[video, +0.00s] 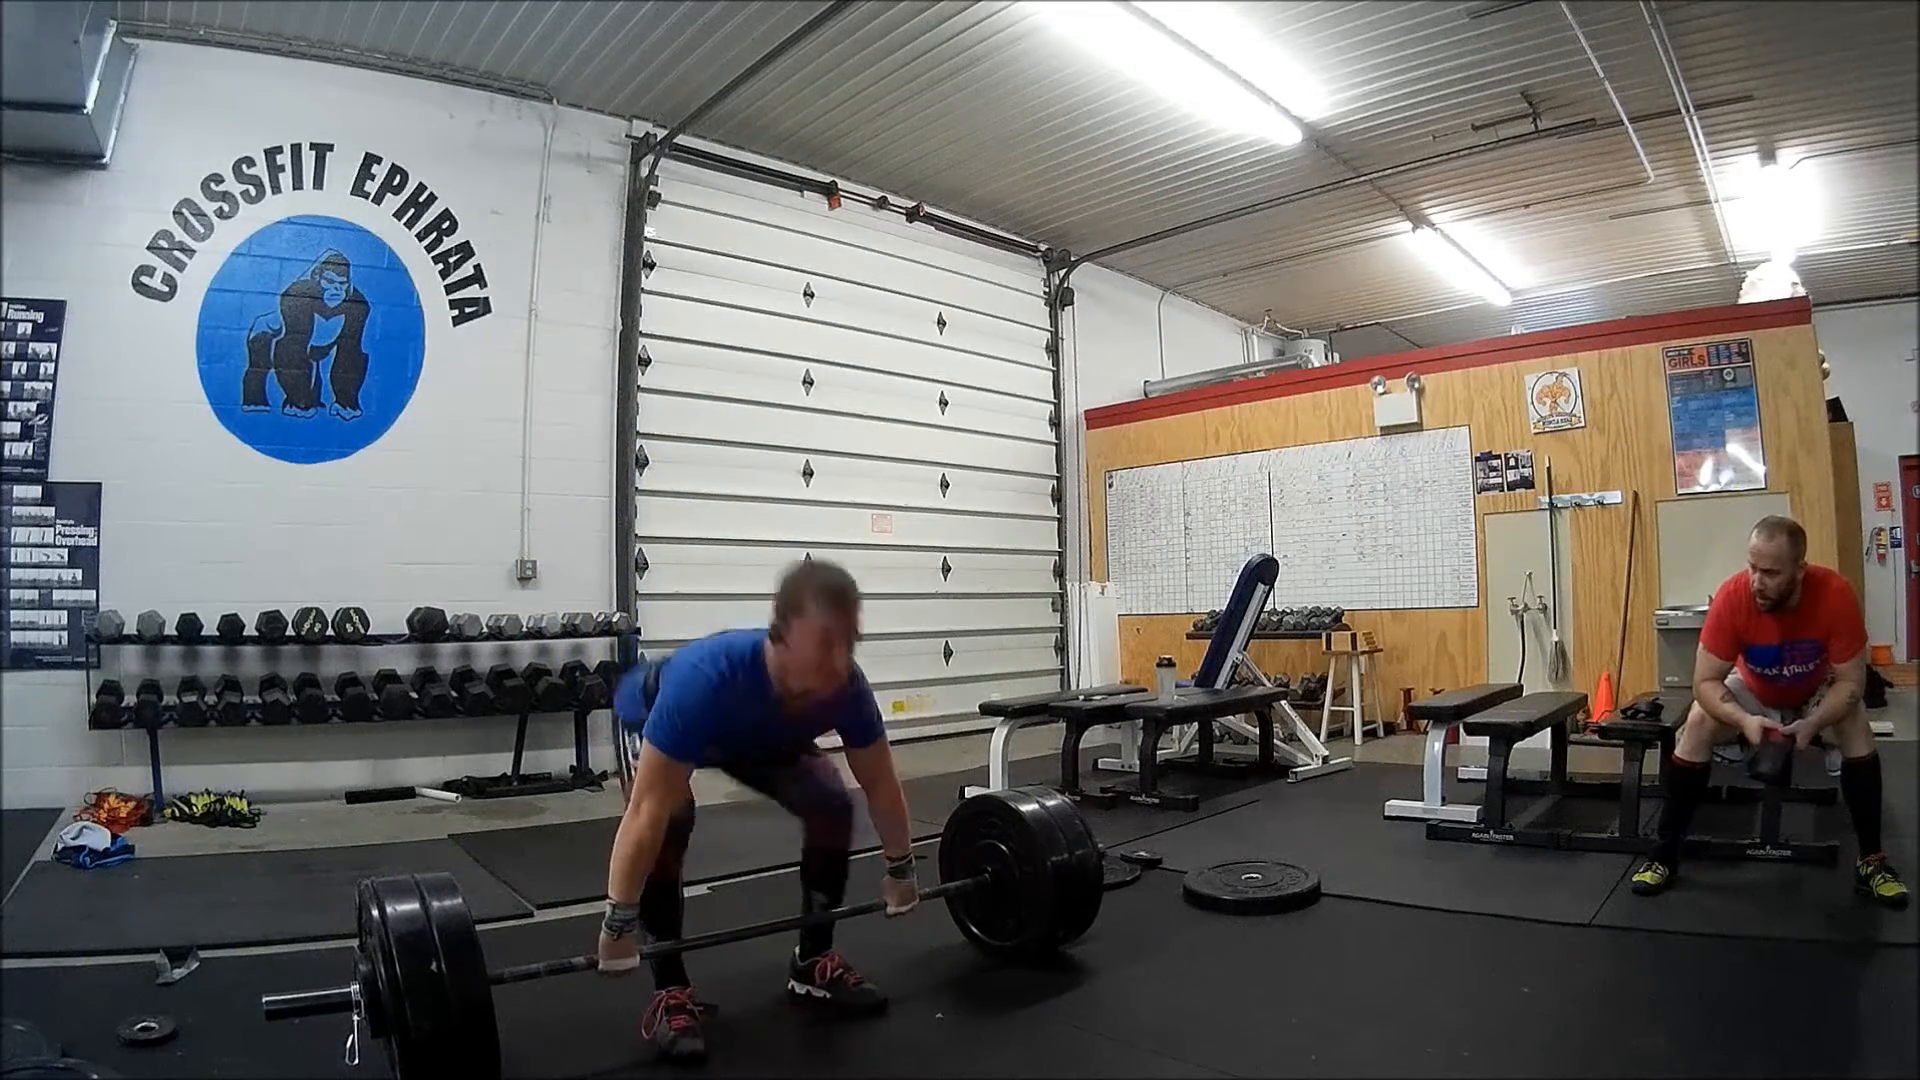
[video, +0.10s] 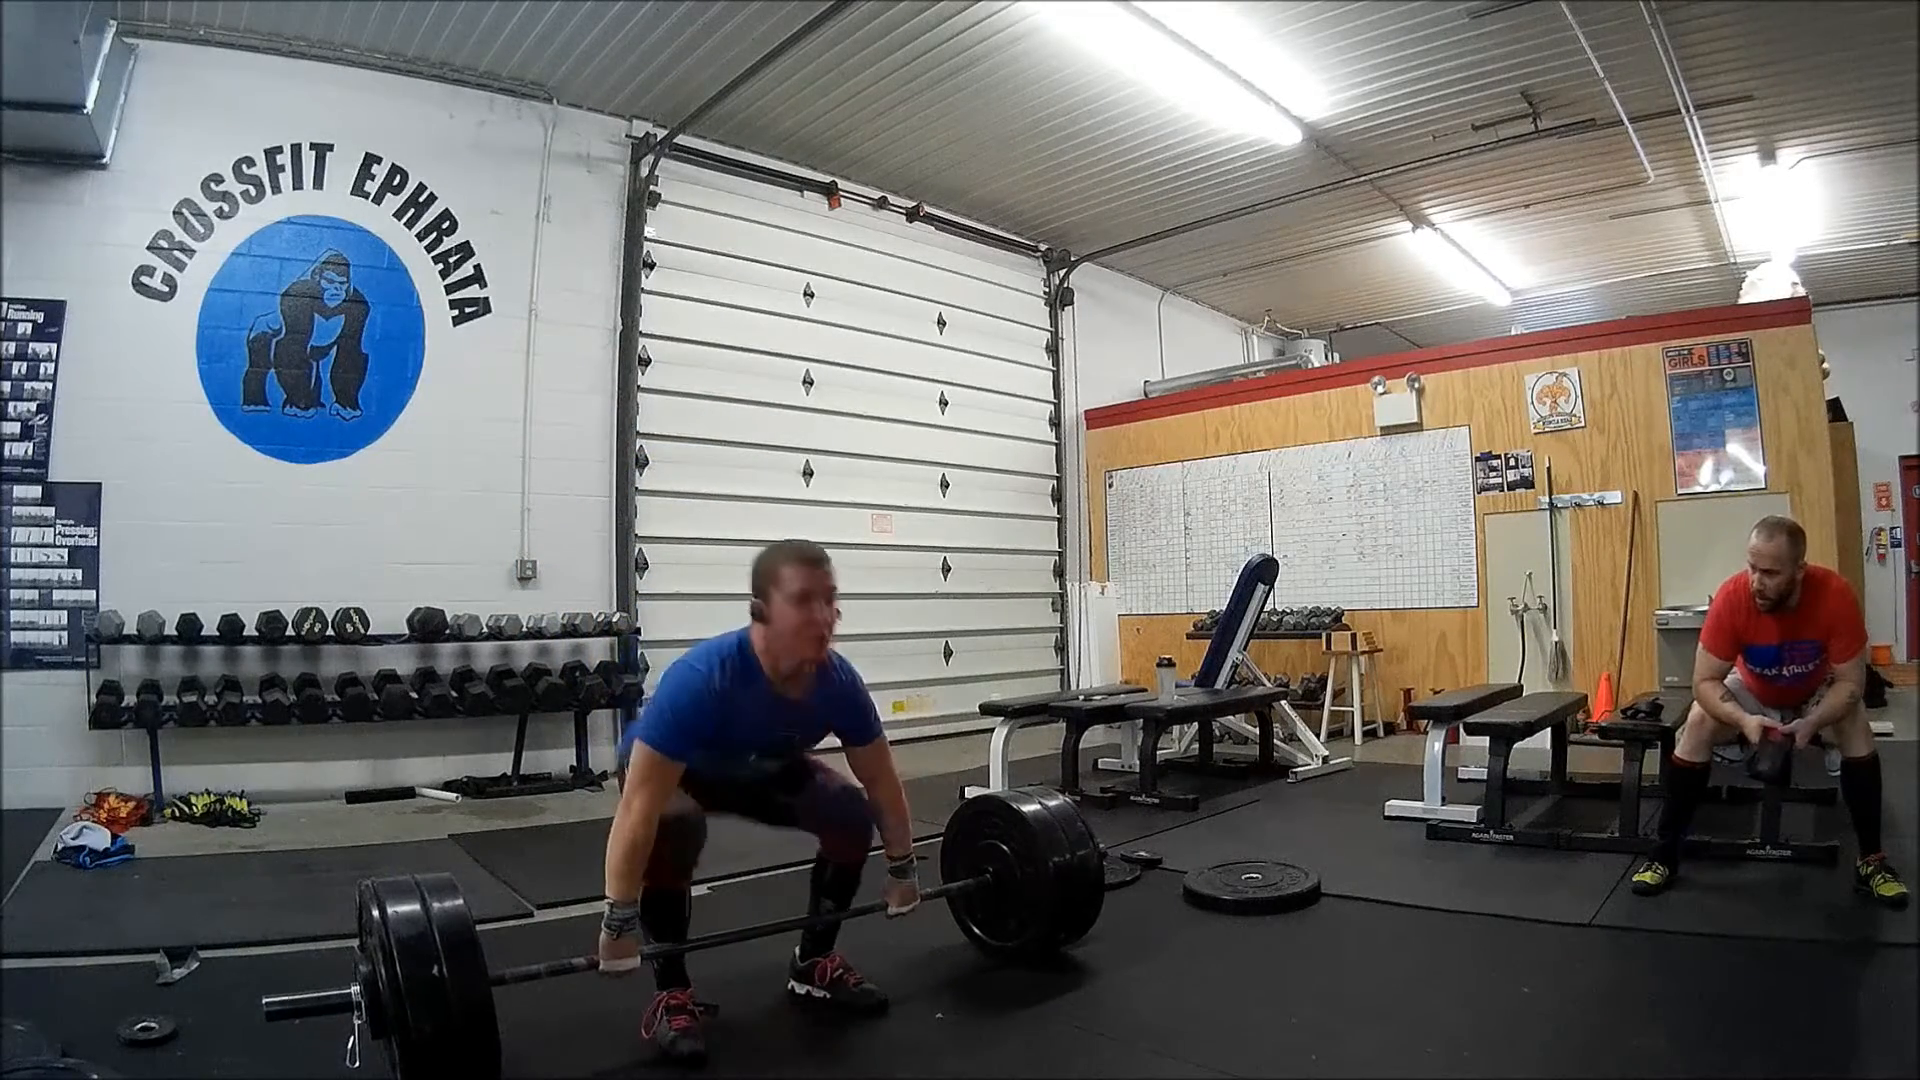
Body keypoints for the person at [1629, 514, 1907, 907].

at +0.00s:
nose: (1758, 583)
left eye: (1771, 573)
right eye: (1753, 569)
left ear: (1800, 568)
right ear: (1747, 560)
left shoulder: (1834, 595)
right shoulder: (1732, 597)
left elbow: (1851, 681)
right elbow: (1705, 682)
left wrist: (1813, 722)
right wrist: (1742, 721)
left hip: (1816, 695)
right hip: (1752, 693)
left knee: (1854, 724)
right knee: (1698, 721)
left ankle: (1871, 860)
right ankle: (1664, 857)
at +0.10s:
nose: (1758, 583)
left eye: (1770, 574)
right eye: (1753, 569)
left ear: (1800, 569)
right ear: (1747, 560)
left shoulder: (1834, 595)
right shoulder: (1732, 597)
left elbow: (1851, 681)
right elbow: (1704, 682)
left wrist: (1812, 722)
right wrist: (1742, 720)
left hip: (1816, 695)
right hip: (1751, 693)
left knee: (1854, 724)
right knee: (1698, 721)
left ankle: (1871, 860)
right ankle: (1664, 857)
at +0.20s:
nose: (1757, 583)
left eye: (1770, 574)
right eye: (1752, 569)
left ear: (1799, 568)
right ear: (1747, 560)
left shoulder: (1834, 595)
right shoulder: (1731, 597)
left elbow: (1850, 682)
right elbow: (1704, 682)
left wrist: (1811, 722)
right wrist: (1741, 720)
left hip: (1815, 695)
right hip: (1751, 693)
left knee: (1854, 723)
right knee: (1698, 721)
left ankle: (1871, 860)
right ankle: (1664, 857)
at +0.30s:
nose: (1756, 583)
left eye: (1769, 574)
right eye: (1752, 569)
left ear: (1798, 568)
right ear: (1746, 560)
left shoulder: (1834, 596)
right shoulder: (1731, 597)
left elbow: (1850, 682)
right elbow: (1704, 682)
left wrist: (1810, 722)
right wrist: (1741, 720)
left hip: (1815, 695)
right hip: (1751, 693)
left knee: (1854, 723)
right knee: (1697, 721)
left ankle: (1871, 860)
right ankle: (1664, 857)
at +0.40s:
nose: (1756, 583)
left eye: (1769, 573)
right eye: (1751, 569)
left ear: (1798, 568)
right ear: (1746, 560)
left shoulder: (1834, 596)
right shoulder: (1730, 597)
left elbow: (1850, 681)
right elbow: (1703, 682)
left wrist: (1810, 723)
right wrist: (1741, 720)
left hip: (1815, 695)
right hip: (1751, 693)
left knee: (1853, 723)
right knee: (1697, 720)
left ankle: (1871, 860)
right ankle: (1664, 857)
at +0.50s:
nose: (1756, 583)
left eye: (1769, 573)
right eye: (1751, 569)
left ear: (1798, 568)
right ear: (1746, 560)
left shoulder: (1834, 596)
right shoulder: (1730, 597)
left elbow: (1850, 682)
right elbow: (1703, 682)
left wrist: (1810, 722)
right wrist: (1740, 720)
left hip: (1815, 695)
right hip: (1751, 693)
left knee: (1853, 723)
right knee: (1697, 720)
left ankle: (1871, 861)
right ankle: (1664, 857)